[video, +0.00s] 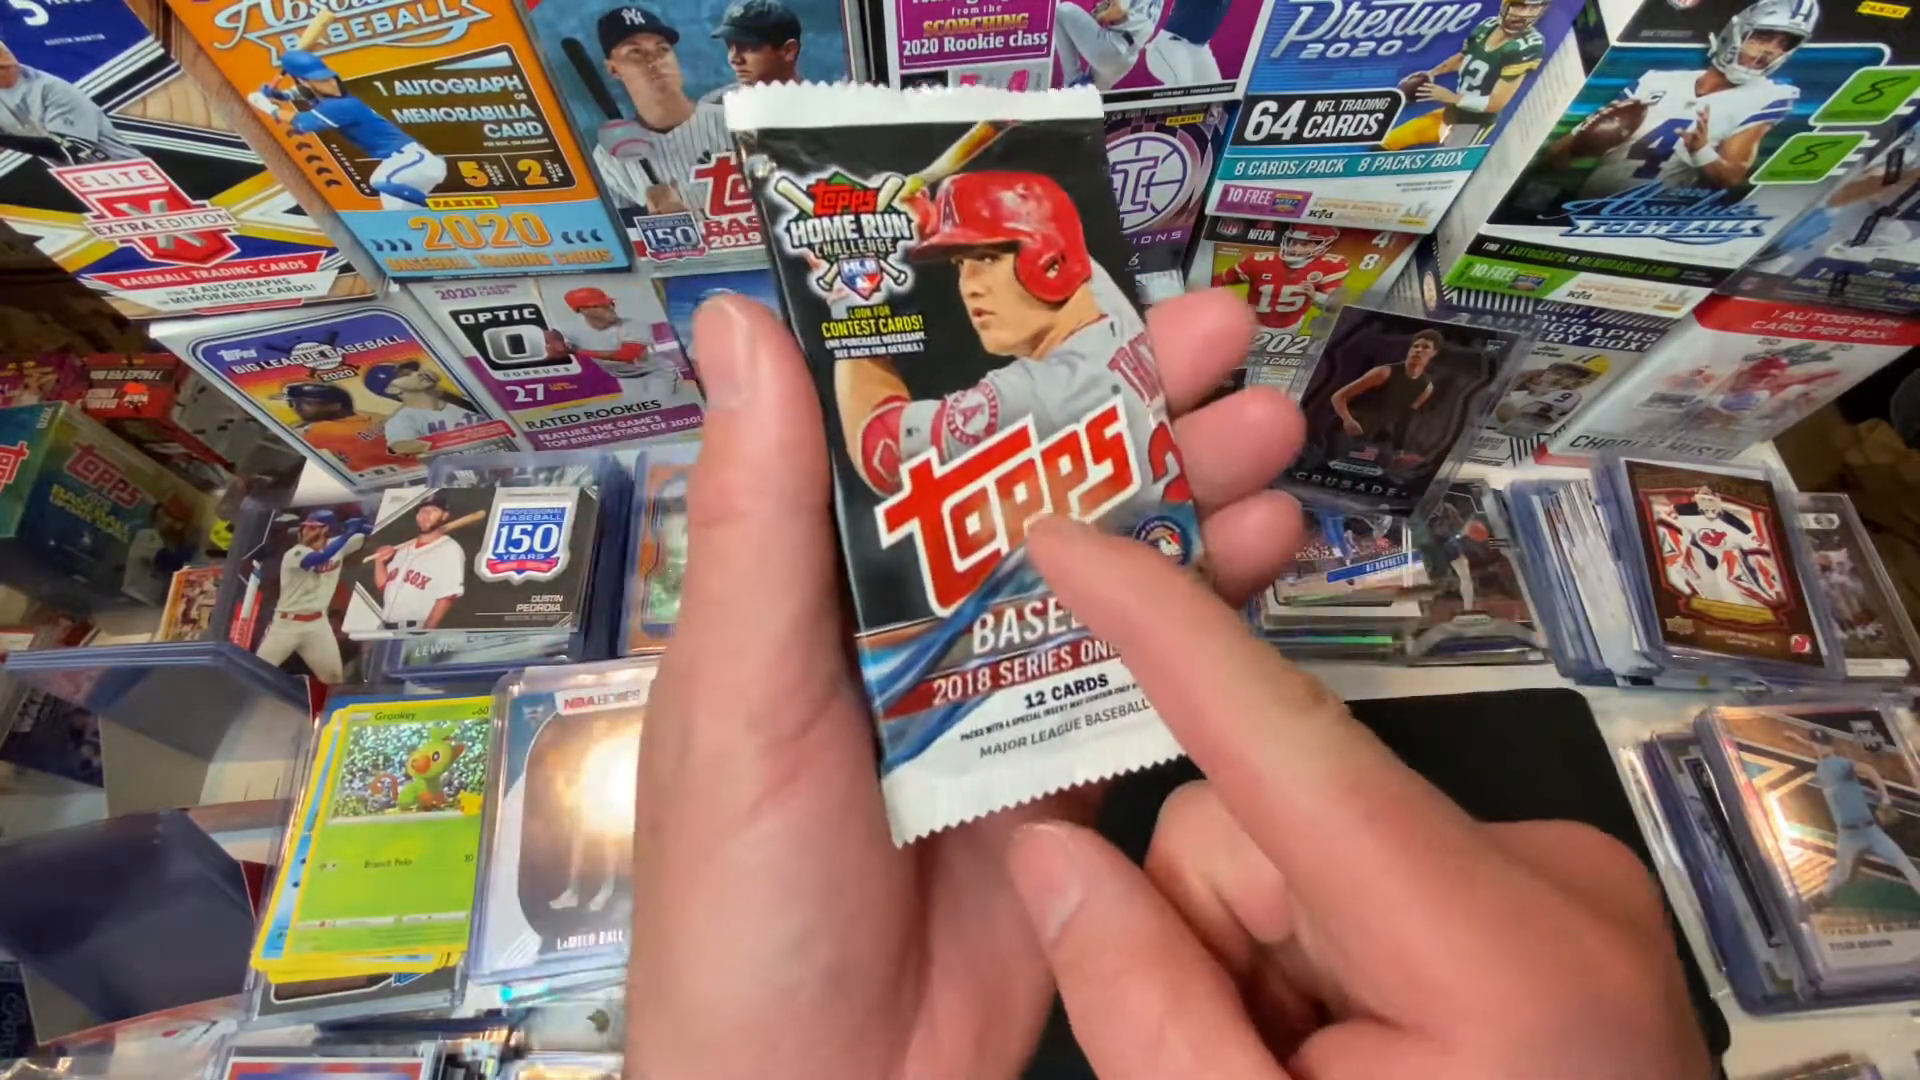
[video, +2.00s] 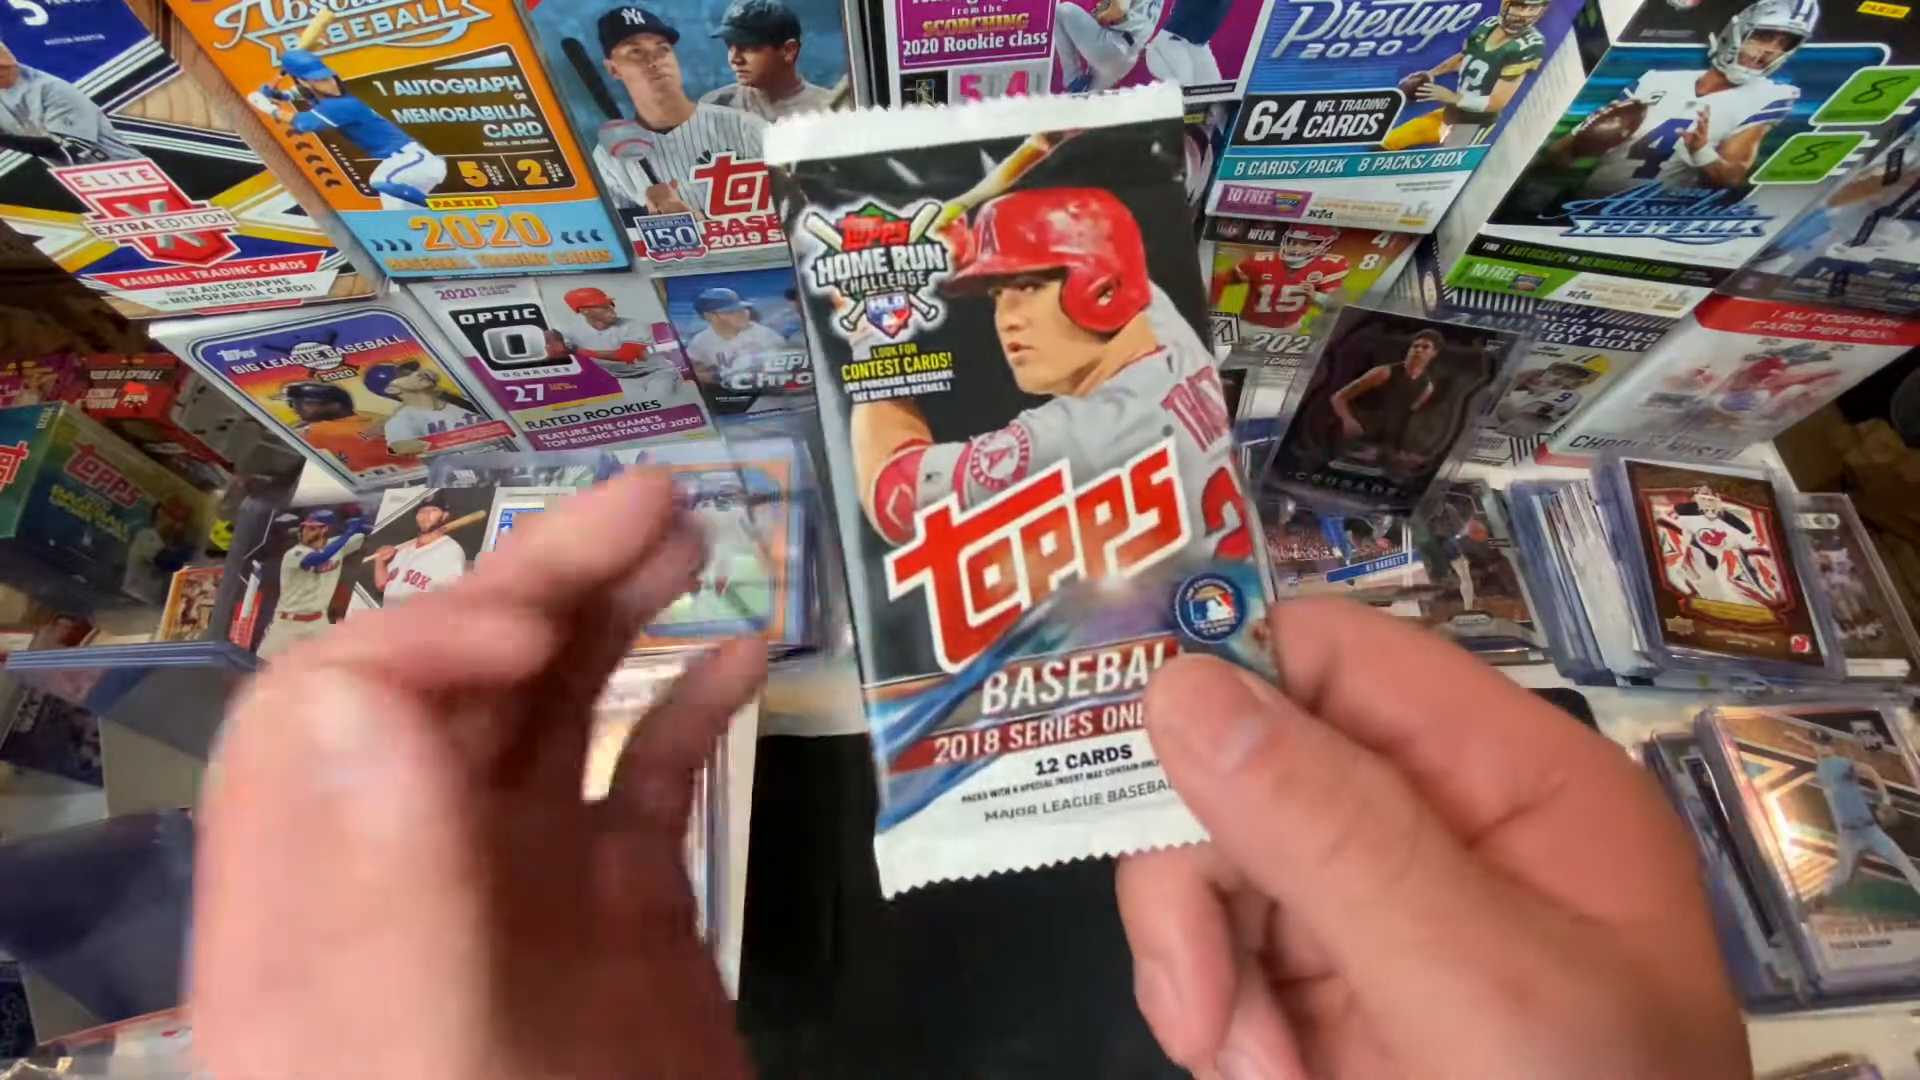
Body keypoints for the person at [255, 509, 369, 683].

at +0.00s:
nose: (303, 531)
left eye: (310, 527)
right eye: (304, 527)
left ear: (324, 530)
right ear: (303, 530)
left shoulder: (337, 549)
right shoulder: (294, 554)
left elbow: (367, 533)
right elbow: (318, 559)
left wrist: (358, 525)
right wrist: (347, 536)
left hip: (317, 625)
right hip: (285, 624)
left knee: (333, 677)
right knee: (258, 670)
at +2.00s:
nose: (303, 532)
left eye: (309, 528)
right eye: (304, 528)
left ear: (323, 530)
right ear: (302, 529)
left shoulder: (338, 547)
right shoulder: (293, 554)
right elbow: (319, 558)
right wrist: (349, 534)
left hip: (318, 624)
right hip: (286, 624)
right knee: (261, 666)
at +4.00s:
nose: (304, 531)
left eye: (310, 528)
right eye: (304, 527)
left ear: (324, 531)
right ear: (303, 529)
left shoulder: (337, 549)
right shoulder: (293, 554)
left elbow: (366, 532)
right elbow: (319, 560)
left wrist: (356, 523)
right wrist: (347, 536)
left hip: (317, 625)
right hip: (285, 625)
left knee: (334, 680)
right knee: (258, 671)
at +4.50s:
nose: (304, 532)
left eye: (310, 528)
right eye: (304, 528)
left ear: (324, 530)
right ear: (302, 529)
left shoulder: (337, 547)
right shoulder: (293, 554)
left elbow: (368, 532)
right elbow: (319, 560)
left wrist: (354, 522)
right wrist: (348, 535)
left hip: (317, 625)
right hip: (285, 624)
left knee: (321, 679)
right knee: (258, 671)